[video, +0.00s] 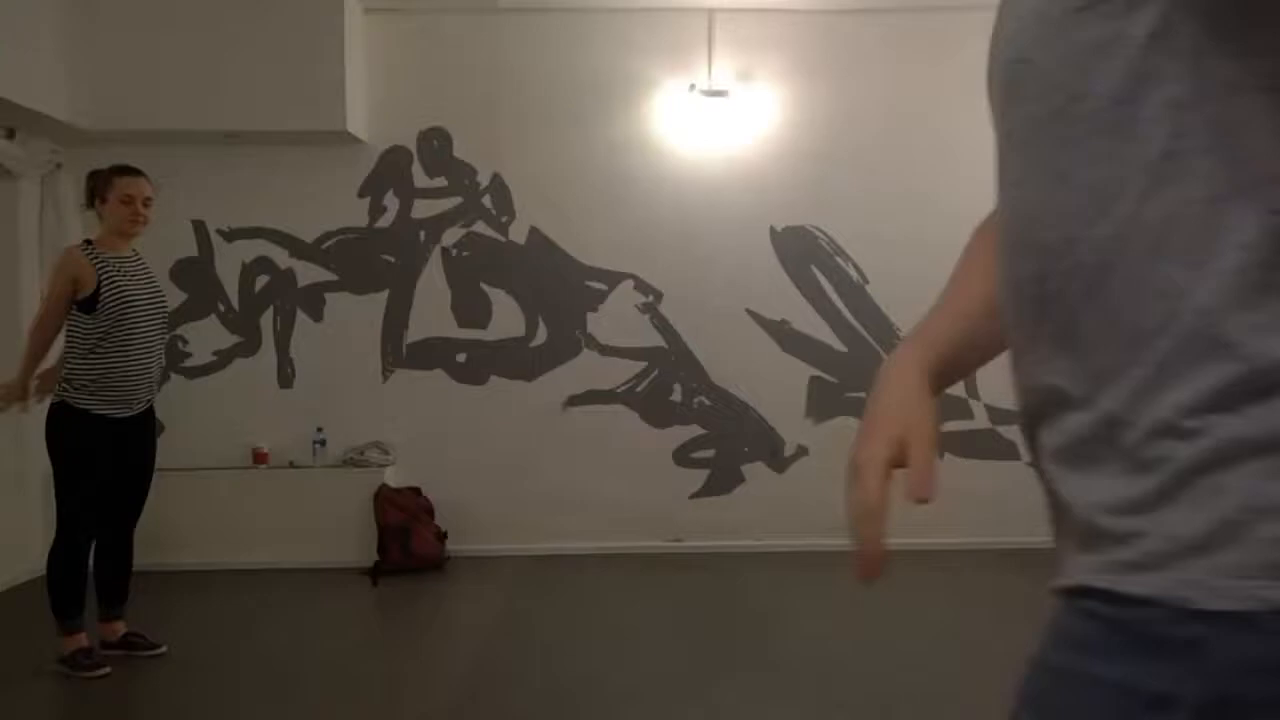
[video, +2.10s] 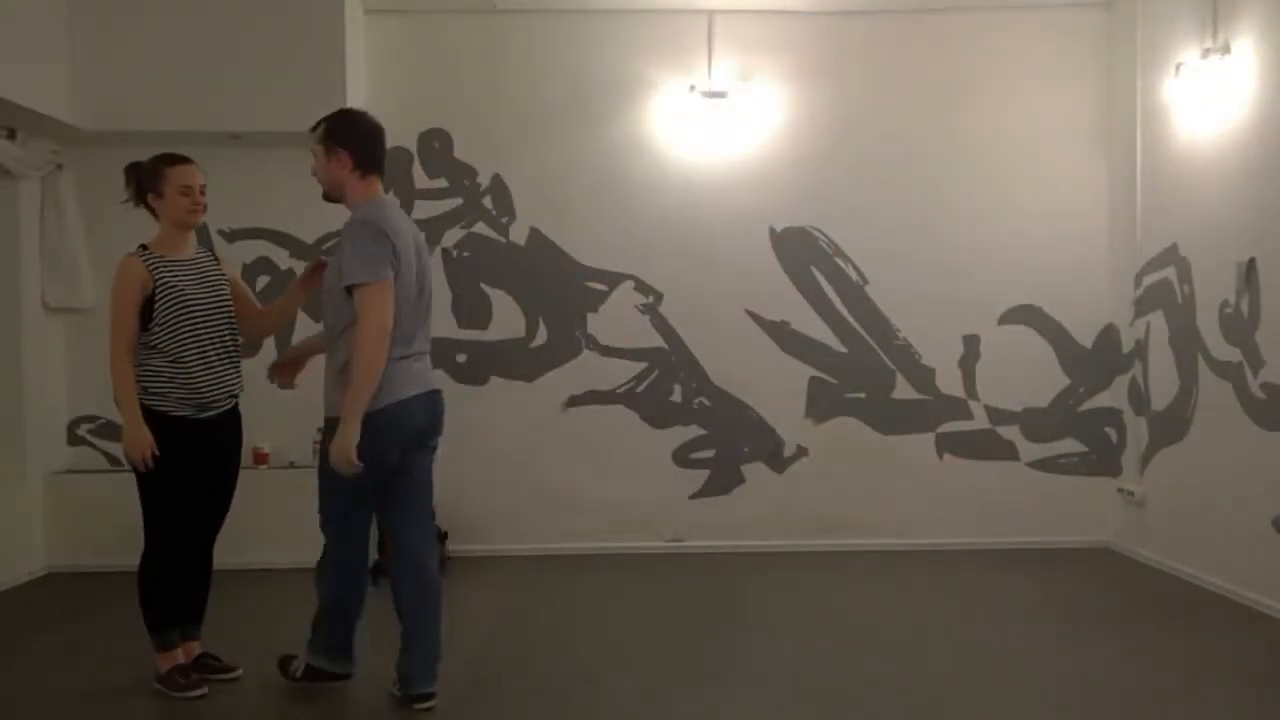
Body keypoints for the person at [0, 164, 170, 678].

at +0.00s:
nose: (139, 211)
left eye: (146, 203)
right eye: (128, 201)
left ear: (151, 211)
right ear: (101, 205)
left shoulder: (136, 264)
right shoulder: (78, 261)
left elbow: (110, 335)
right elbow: (45, 326)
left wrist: (56, 373)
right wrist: (21, 381)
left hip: (133, 421)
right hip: (81, 421)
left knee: (120, 528)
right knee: (76, 529)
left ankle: (113, 629)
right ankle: (73, 639)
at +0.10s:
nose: (138, 211)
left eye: (145, 203)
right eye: (127, 201)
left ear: (151, 210)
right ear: (100, 204)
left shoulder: (137, 263)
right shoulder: (79, 260)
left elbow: (116, 334)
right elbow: (55, 332)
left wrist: (51, 377)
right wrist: (41, 380)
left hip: (134, 421)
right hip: (82, 421)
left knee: (119, 528)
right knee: (75, 530)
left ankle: (113, 629)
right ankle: (73, 640)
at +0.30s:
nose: (132, 207)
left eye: (139, 199)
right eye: (119, 198)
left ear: (145, 207)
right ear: (92, 205)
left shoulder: (135, 262)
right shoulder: (73, 261)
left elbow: (127, 333)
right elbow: (10, 312)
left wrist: (144, 403)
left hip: (134, 420)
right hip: (81, 420)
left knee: (119, 528)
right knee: (77, 531)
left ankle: (113, 630)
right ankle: (73, 641)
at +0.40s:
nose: (126, 208)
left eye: (133, 200)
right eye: (114, 198)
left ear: (140, 208)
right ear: (87, 205)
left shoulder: (132, 263)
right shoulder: (70, 259)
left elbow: (163, 307)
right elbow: (11, 306)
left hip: (133, 420)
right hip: (80, 420)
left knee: (120, 529)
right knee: (76, 531)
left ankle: (113, 630)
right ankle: (72, 641)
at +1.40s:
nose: (158, 205)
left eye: (162, 197)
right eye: (145, 197)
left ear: (166, 205)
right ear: (115, 206)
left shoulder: (163, 267)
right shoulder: (103, 268)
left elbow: (163, 338)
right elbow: (87, 347)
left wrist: (190, 379)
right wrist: (159, 350)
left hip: (171, 424)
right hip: (114, 428)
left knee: (180, 537)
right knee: (117, 538)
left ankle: (186, 648)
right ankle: (79, 635)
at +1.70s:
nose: (185, 202)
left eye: (190, 194)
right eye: (172, 193)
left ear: (194, 201)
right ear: (142, 200)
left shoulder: (198, 266)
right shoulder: (125, 266)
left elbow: (208, 342)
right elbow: (119, 350)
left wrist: (255, 357)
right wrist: (168, 402)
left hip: (204, 418)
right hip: (146, 421)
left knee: (198, 537)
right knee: (176, 535)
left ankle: (188, 650)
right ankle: (145, 645)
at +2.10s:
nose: (199, 200)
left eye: (202, 191)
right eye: (186, 192)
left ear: (205, 198)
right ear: (155, 200)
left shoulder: (212, 264)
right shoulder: (139, 267)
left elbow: (260, 324)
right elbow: (122, 350)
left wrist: (302, 291)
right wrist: (131, 420)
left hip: (220, 422)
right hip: (167, 426)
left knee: (201, 538)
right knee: (167, 540)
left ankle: (190, 650)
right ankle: (167, 660)